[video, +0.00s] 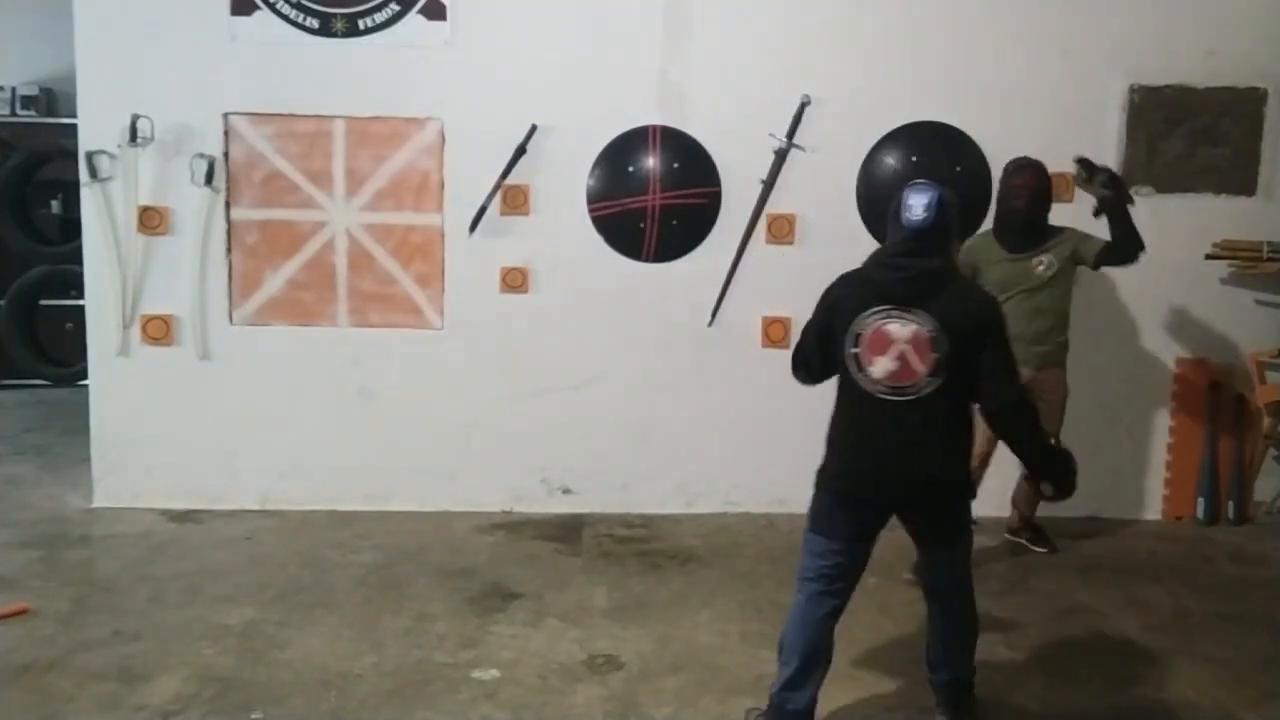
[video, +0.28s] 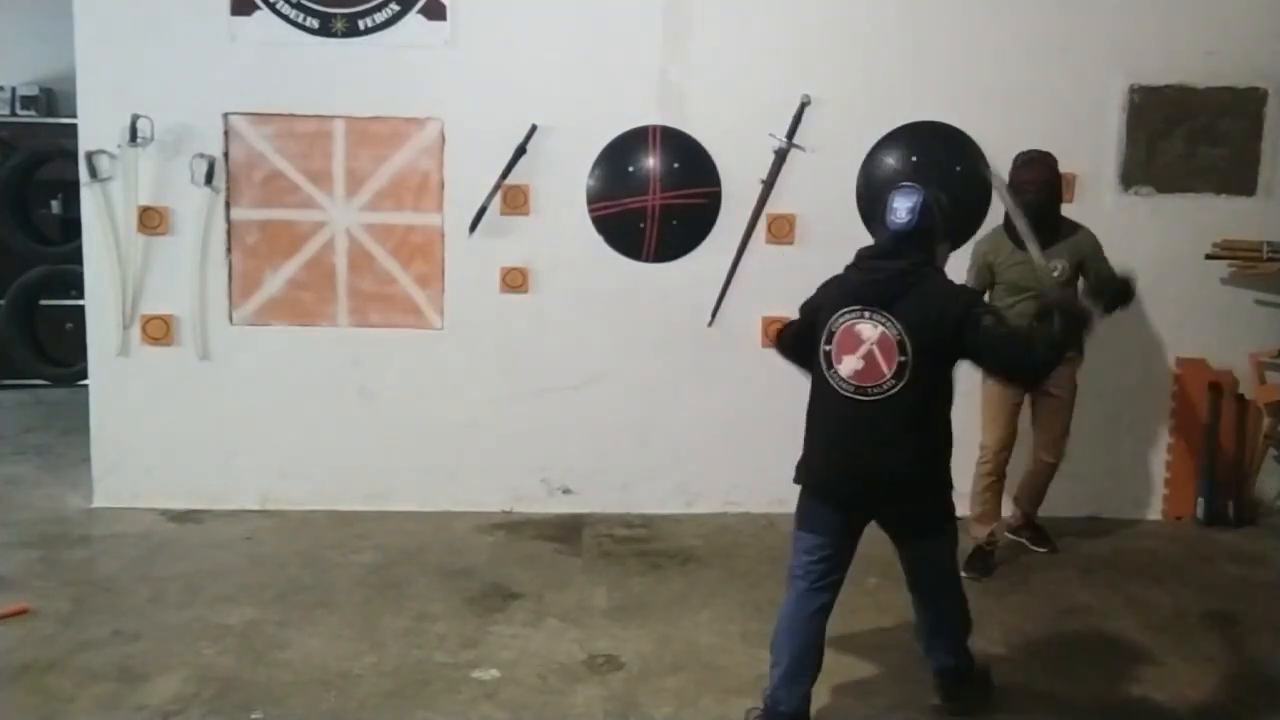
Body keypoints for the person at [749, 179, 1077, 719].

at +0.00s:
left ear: (887, 224)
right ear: (954, 230)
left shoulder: (850, 291)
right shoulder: (972, 303)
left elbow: (807, 367)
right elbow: (1003, 402)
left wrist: (860, 326)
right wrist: (1045, 460)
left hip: (855, 468)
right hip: (937, 473)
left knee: (819, 587)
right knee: (949, 587)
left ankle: (787, 708)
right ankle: (954, 696)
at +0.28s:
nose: (956, 244)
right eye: (955, 232)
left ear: (877, 219)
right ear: (945, 229)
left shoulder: (837, 291)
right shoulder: (949, 304)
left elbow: (798, 345)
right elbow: (1022, 360)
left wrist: (849, 361)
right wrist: (1066, 317)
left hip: (833, 473)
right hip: (913, 479)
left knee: (808, 588)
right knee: (935, 581)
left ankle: (782, 707)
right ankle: (953, 677)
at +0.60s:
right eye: (966, 228)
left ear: (909, 226)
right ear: (968, 235)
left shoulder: (868, 285)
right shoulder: (978, 293)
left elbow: (826, 345)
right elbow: (1004, 342)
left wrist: (845, 395)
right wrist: (991, 276)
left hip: (869, 450)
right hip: (947, 454)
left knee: (826, 553)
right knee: (955, 563)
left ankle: (788, 683)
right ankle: (961, 681)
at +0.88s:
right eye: (953, 229)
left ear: (885, 224)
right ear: (948, 231)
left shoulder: (850, 289)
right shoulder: (964, 294)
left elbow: (807, 359)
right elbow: (983, 352)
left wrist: (856, 392)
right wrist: (1036, 344)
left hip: (854, 450)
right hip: (932, 455)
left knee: (816, 551)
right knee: (949, 563)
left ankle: (786, 675)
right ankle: (959, 679)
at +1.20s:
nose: (852, 240)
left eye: (848, 230)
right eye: (847, 231)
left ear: (795, 230)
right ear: (835, 234)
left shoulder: (774, 277)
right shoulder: (846, 287)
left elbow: (823, 290)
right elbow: (929, 297)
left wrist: (850, 265)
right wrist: (1003, 264)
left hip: (776, 459)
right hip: (839, 462)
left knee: (753, 552)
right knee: (889, 566)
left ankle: (707, 659)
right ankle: (934, 664)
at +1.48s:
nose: (777, 220)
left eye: (773, 211)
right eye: (767, 211)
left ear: (737, 220)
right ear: (737, 221)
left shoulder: (761, 271)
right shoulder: (702, 278)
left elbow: (817, 277)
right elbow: (678, 367)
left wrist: (872, 241)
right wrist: (736, 378)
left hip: (743, 444)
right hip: (711, 446)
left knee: (729, 550)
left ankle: (707, 659)